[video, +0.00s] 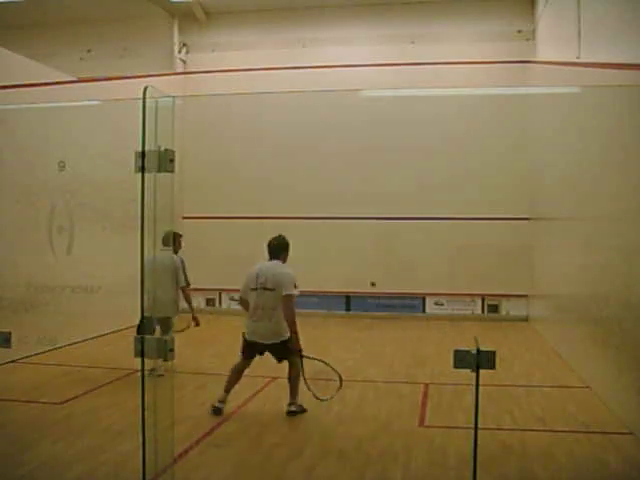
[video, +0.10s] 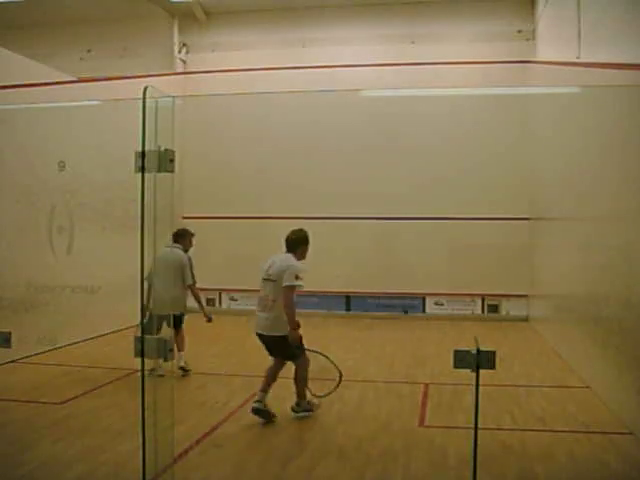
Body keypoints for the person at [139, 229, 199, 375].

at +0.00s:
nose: (181, 246)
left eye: (181, 242)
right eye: (179, 242)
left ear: (164, 243)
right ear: (173, 243)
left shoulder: (149, 259)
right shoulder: (176, 260)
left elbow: (142, 283)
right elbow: (184, 288)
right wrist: (193, 313)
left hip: (148, 307)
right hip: (166, 308)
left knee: (147, 336)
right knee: (165, 333)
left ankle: (152, 365)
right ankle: (159, 364)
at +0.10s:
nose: (192, 244)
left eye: (192, 240)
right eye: (190, 240)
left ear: (175, 240)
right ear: (183, 241)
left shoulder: (159, 255)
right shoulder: (184, 258)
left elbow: (149, 280)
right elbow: (191, 286)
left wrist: (146, 304)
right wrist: (204, 310)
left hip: (158, 304)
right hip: (176, 305)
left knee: (154, 335)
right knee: (178, 330)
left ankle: (156, 364)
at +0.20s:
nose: (204, 241)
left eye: (204, 237)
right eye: (202, 237)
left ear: (187, 236)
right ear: (193, 236)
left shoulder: (169, 252)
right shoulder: (194, 254)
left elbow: (155, 277)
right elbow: (201, 280)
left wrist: (141, 296)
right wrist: (209, 302)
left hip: (168, 302)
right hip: (187, 303)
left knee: (160, 333)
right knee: (195, 331)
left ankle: (157, 365)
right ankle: (200, 362)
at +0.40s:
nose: (225, 237)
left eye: (225, 233)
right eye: (223, 233)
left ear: (207, 233)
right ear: (214, 233)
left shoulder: (191, 249)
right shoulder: (215, 251)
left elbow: (172, 269)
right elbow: (217, 279)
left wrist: (149, 286)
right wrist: (223, 305)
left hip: (191, 304)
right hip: (211, 305)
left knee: (183, 333)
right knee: (215, 338)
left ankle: (175, 366)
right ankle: (213, 373)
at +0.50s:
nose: (232, 229)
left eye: (232, 225)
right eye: (229, 225)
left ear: (214, 226)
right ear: (221, 226)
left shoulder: (198, 244)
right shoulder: (221, 244)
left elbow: (180, 267)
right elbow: (218, 270)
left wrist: (164, 285)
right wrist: (220, 295)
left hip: (201, 301)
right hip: (220, 301)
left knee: (201, 334)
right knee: (221, 334)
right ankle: (217, 370)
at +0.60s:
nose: (238, 227)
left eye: (238, 223)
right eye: (236, 223)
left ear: (220, 225)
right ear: (226, 224)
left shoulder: (206, 243)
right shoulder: (226, 242)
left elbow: (190, 268)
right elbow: (222, 269)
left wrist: (176, 291)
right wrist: (224, 294)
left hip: (207, 300)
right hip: (227, 300)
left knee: (219, 337)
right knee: (233, 332)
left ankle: (224, 373)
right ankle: (233, 368)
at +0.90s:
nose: (261, 234)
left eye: (261, 230)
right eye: (258, 230)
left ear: (243, 231)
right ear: (246, 231)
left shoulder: (227, 251)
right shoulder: (247, 250)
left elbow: (213, 280)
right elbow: (253, 280)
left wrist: (208, 305)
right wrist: (272, 305)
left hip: (229, 312)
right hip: (248, 311)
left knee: (233, 349)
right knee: (270, 345)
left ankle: (232, 387)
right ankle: (274, 385)